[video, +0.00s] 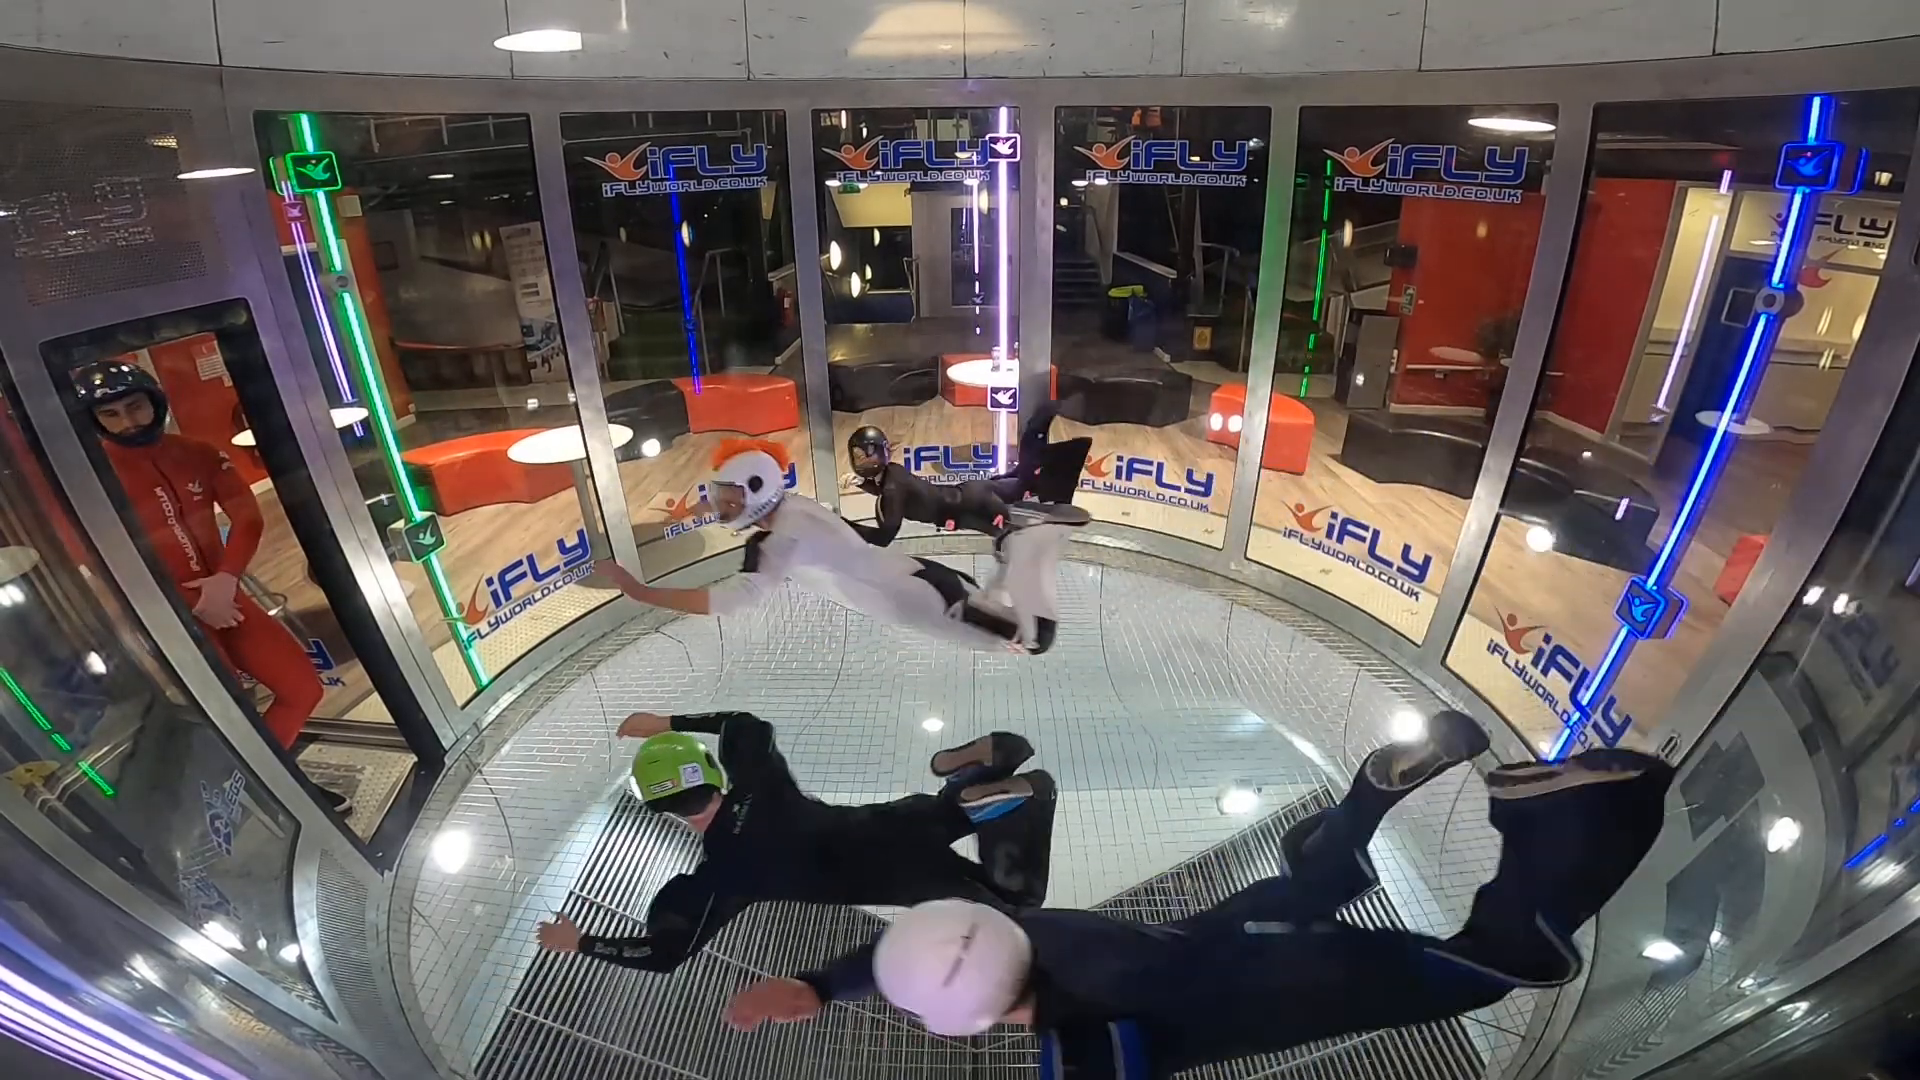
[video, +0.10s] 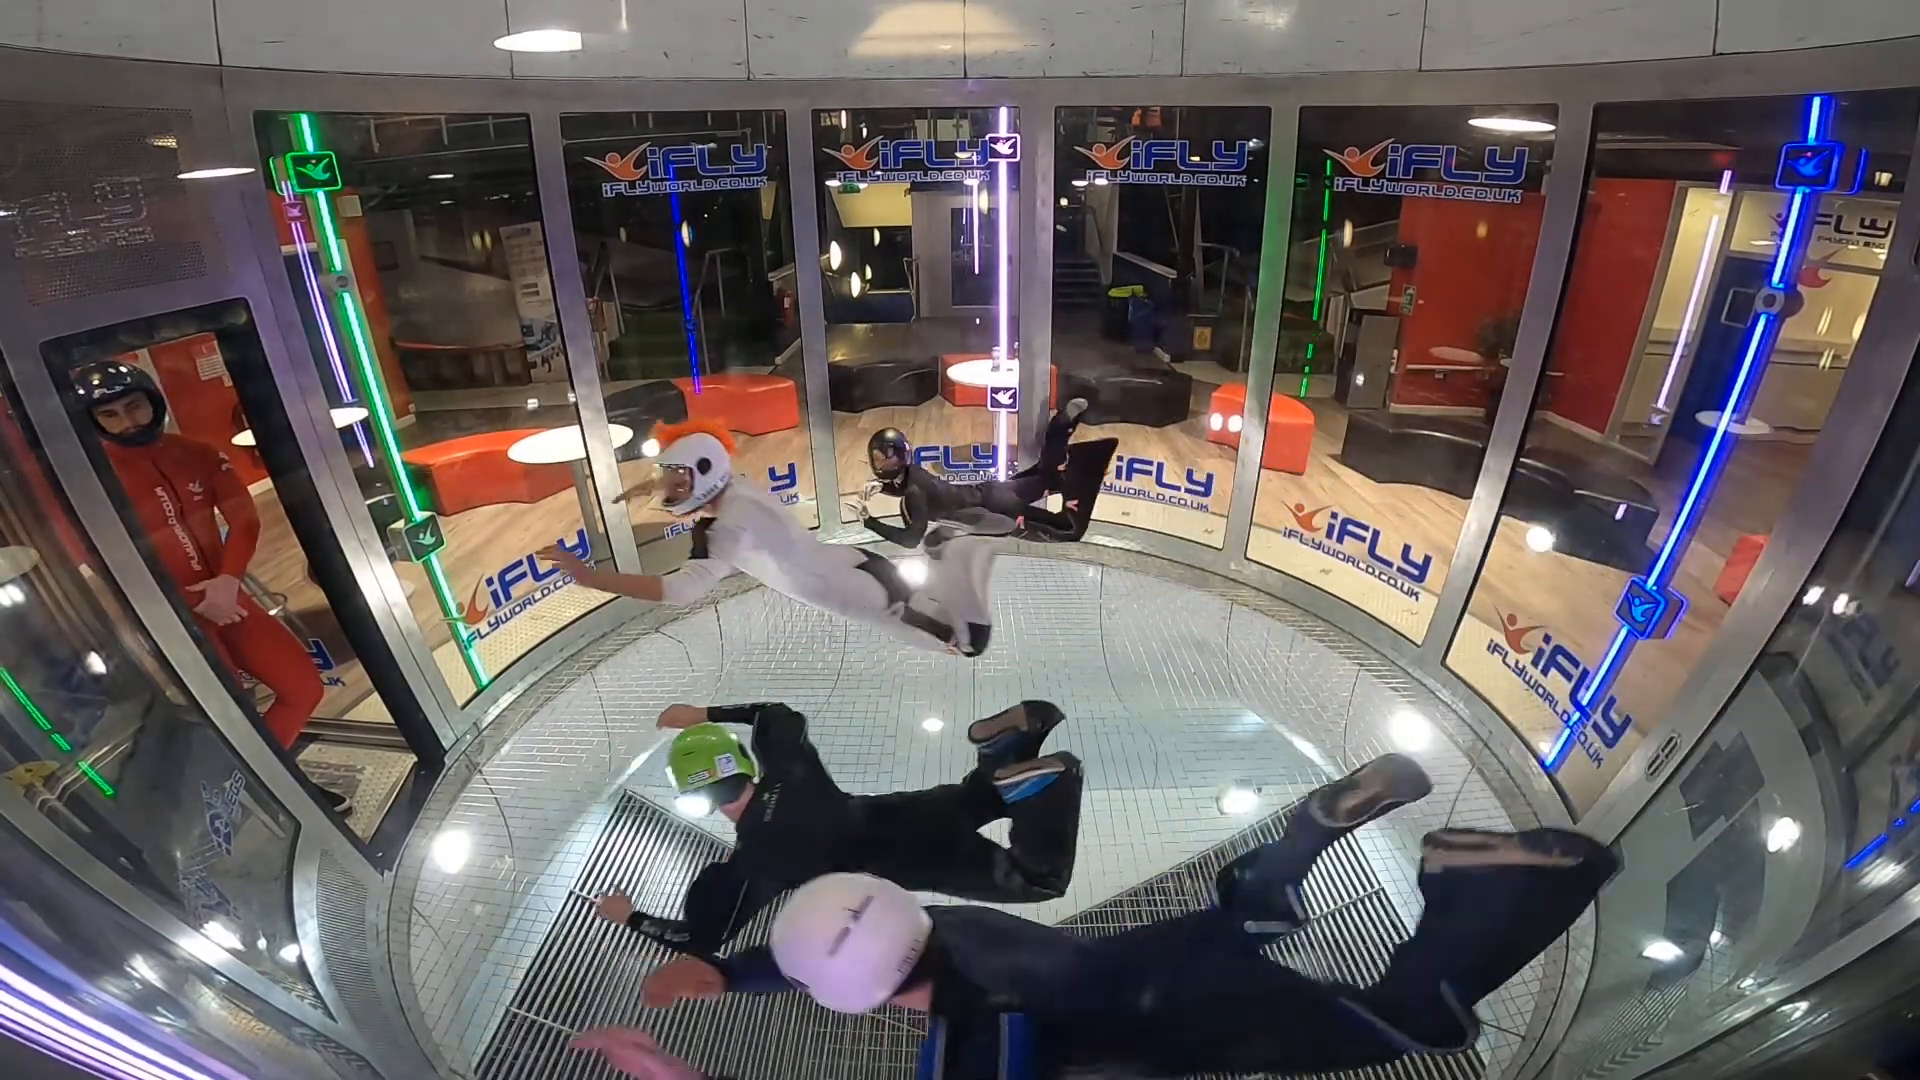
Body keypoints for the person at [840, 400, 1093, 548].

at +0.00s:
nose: (860, 460)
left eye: (866, 454)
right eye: (856, 455)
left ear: (881, 453)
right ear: (854, 456)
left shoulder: (892, 486)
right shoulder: (888, 476)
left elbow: (882, 538)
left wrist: (842, 525)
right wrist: (870, 488)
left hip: (973, 507)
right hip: (969, 491)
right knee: (1026, 479)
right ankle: (1040, 424)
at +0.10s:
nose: (879, 463)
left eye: (884, 456)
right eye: (875, 457)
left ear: (901, 455)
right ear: (875, 457)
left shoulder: (915, 489)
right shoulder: (909, 476)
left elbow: (911, 540)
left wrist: (871, 523)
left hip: (994, 502)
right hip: (988, 489)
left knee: (1051, 479)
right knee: (1044, 476)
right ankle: (1062, 424)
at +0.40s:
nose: (928, 470)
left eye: (933, 462)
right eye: (925, 464)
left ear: (952, 460)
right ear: (933, 463)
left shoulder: (969, 491)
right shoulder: (962, 482)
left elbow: (974, 546)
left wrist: (934, 528)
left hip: (1047, 509)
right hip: (1039, 506)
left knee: (1130, 520)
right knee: (1090, 472)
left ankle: (1165, 458)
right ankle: (1112, 414)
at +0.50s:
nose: (938, 472)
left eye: (943, 465)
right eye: (937, 465)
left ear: (962, 466)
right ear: (960, 464)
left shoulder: (984, 499)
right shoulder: (976, 490)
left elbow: (989, 549)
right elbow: (985, 536)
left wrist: (950, 526)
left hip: (1067, 514)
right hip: (1058, 501)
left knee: (1145, 518)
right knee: (1107, 473)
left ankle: (1181, 453)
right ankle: (1125, 413)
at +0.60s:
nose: (950, 473)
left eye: (956, 468)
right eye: (950, 467)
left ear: (974, 470)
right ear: (961, 469)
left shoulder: (993, 502)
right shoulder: (976, 496)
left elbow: (1006, 549)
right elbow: (995, 533)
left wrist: (969, 528)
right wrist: (971, 522)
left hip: (1080, 520)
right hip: (1066, 508)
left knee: (1159, 515)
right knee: (1120, 478)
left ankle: (1200, 441)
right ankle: (1142, 413)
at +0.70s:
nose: (956, 480)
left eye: (962, 473)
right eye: (955, 473)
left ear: (981, 474)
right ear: (964, 475)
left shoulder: (1001, 505)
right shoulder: (985, 499)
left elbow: (1013, 552)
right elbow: (1003, 534)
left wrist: (976, 533)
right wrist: (982, 525)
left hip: (1087, 525)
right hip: (1073, 513)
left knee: (1167, 518)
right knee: (1132, 481)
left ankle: (1197, 443)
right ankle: (1150, 417)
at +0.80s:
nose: (955, 482)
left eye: (961, 476)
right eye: (956, 476)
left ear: (980, 477)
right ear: (975, 476)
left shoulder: (1003, 511)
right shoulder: (990, 503)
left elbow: (1010, 558)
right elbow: (1004, 547)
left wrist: (979, 534)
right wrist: (982, 528)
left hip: (1093, 530)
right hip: (1079, 515)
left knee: (1171, 524)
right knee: (1141, 489)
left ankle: (1197, 447)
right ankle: (1162, 427)